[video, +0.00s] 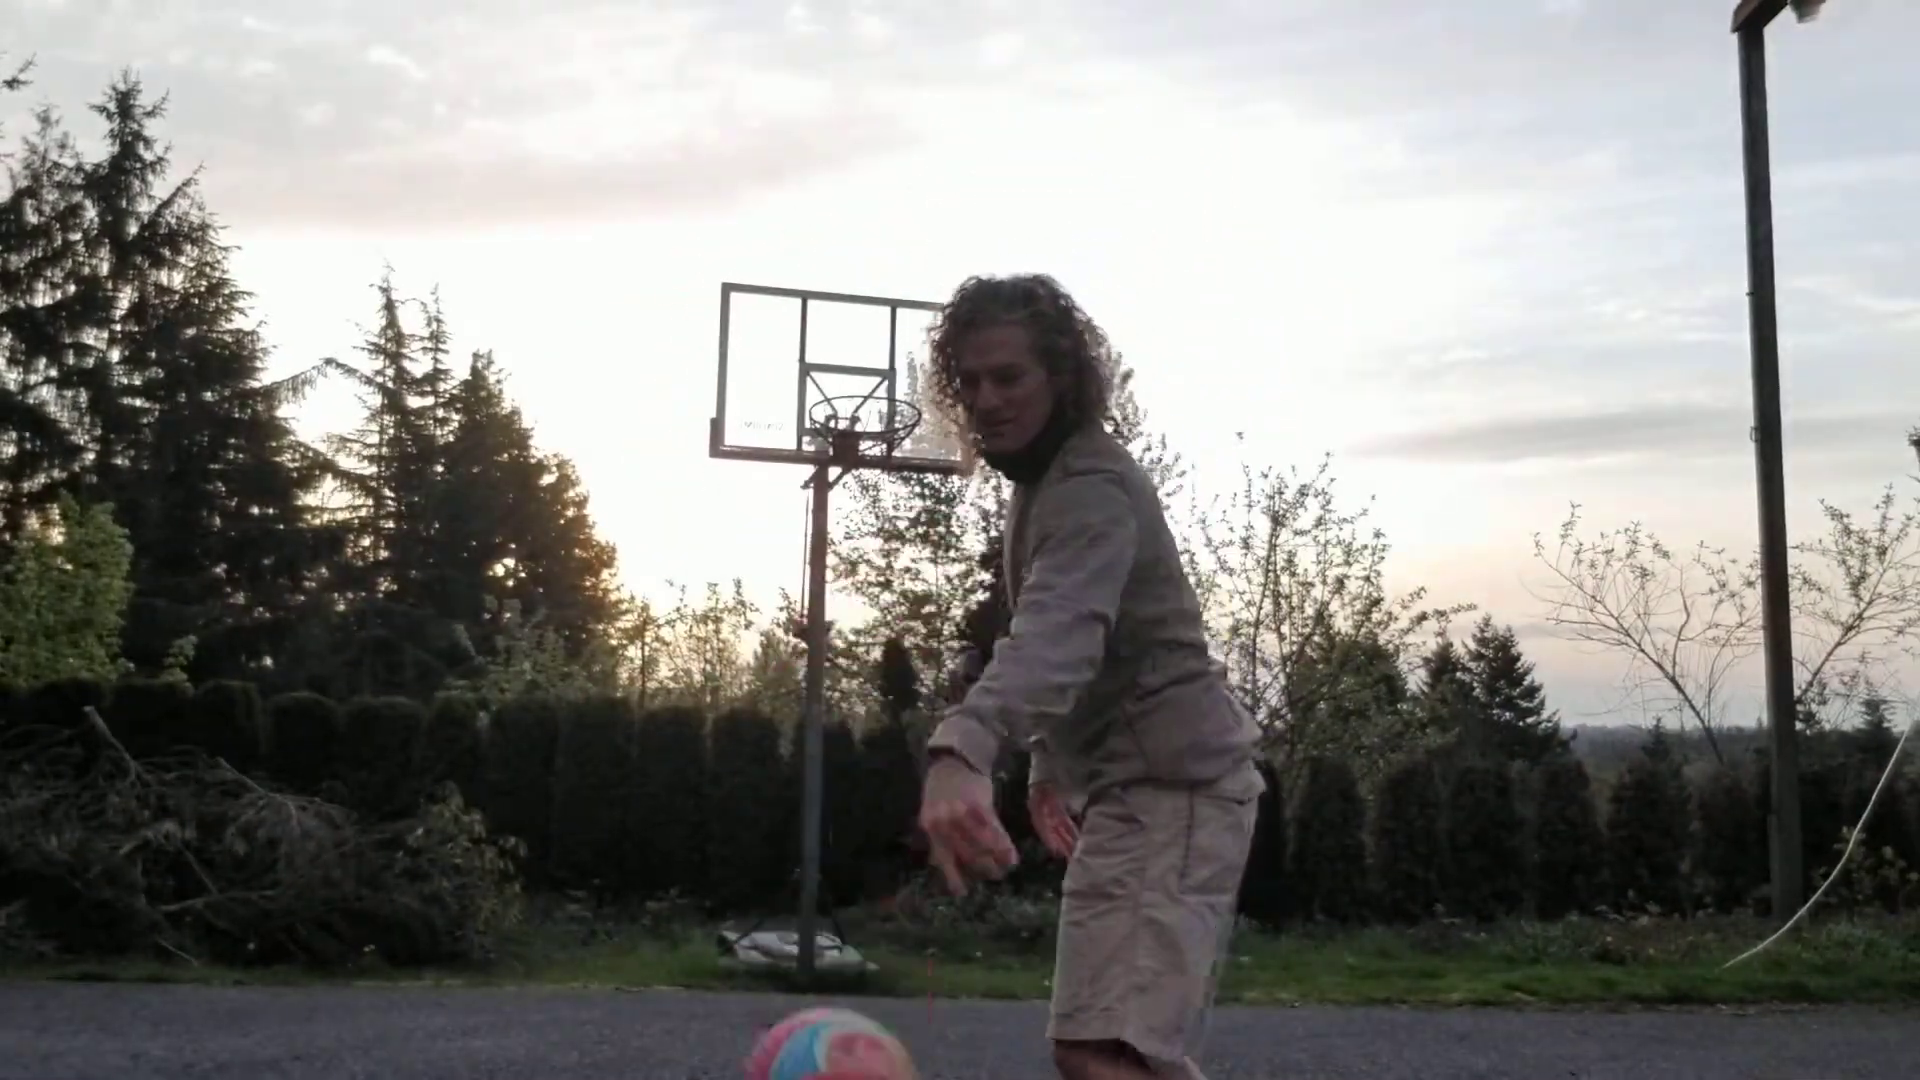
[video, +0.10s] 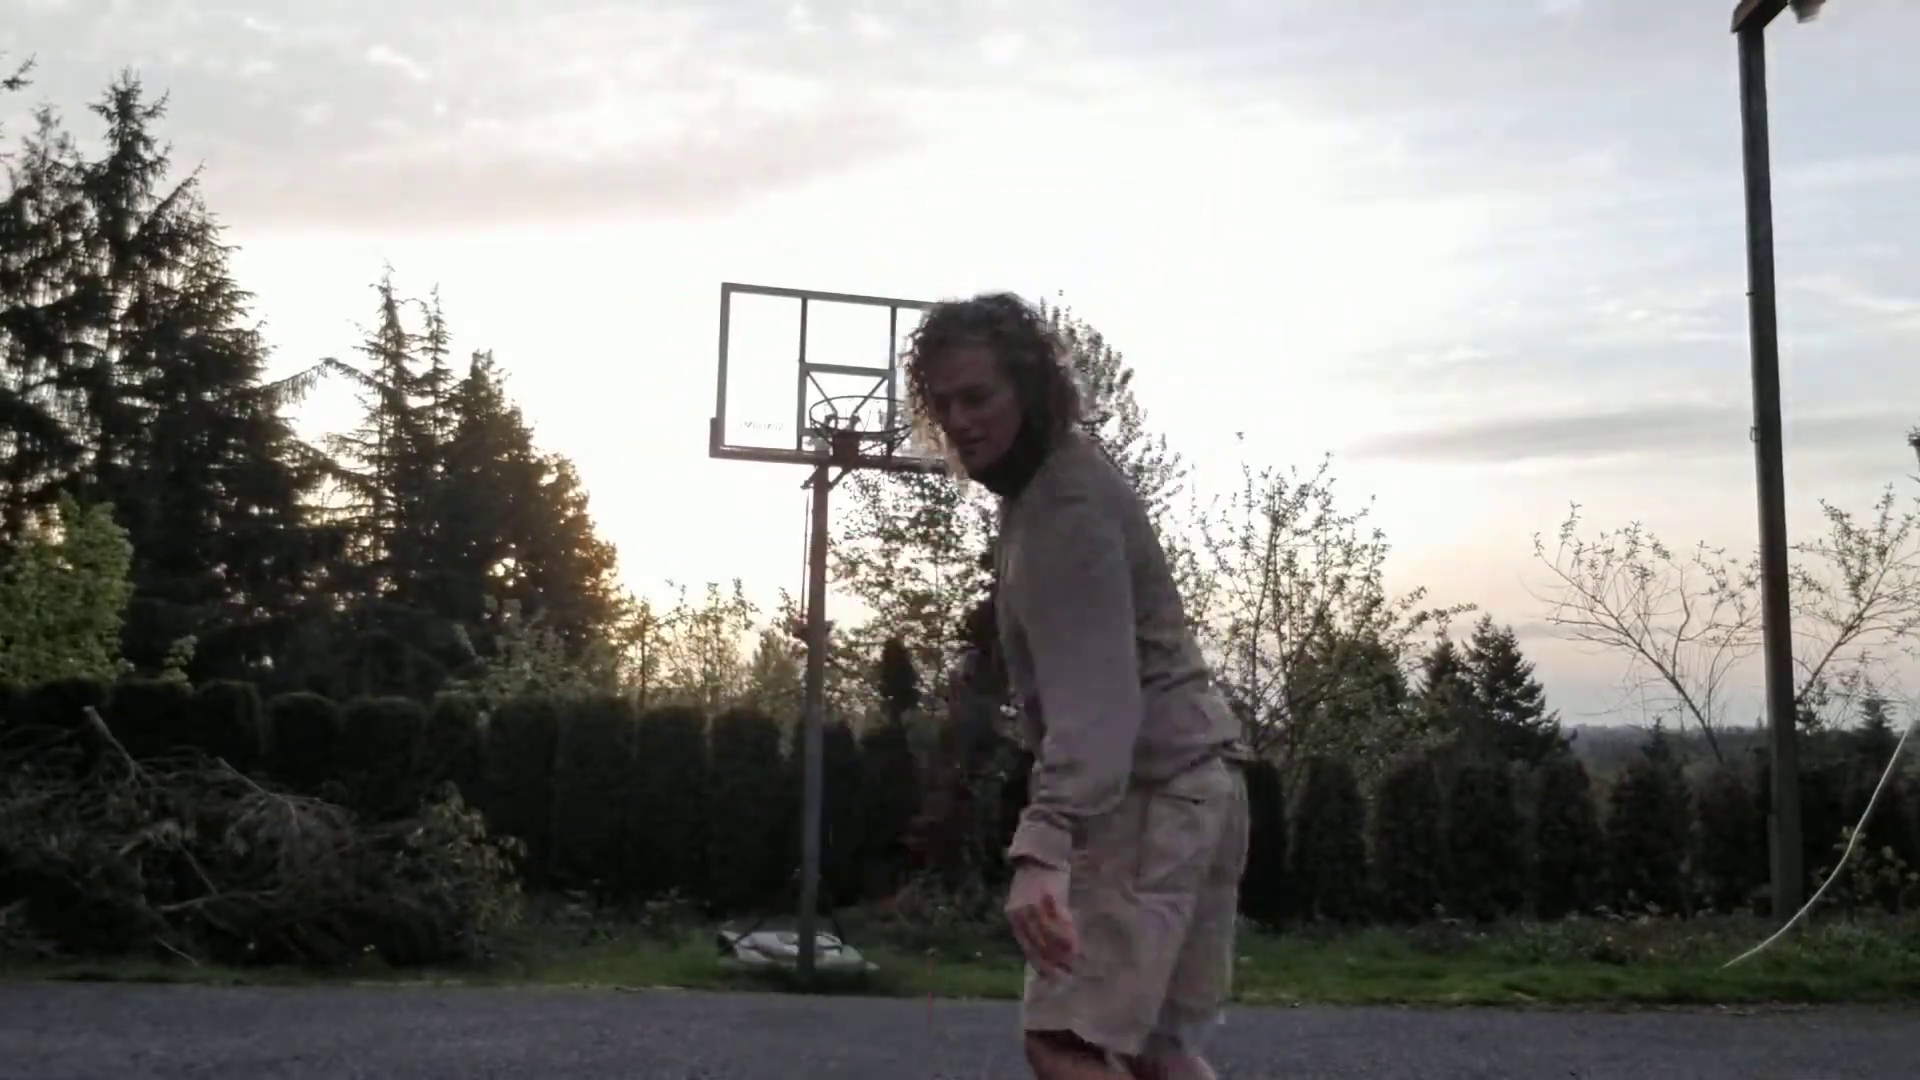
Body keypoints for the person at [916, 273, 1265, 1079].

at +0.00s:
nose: (985, 400)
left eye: (1008, 376)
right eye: (969, 382)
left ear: (1062, 378)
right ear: (955, 390)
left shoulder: (1088, 483)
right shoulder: (1044, 487)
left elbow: (1054, 630)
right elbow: (1066, 643)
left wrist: (963, 748)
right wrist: (1053, 764)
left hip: (1168, 782)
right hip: (1132, 783)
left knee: (1100, 1047)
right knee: (1117, 1044)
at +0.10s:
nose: (957, 423)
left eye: (975, 397)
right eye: (940, 405)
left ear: (1029, 388)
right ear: (930, 411)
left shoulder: (1065, 498)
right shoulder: (1055, 489)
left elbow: (1096, 698)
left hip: (1157, 793)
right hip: (1193, 787)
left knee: (1067, 1040)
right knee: (1161, 1045)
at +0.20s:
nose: (936, 438)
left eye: (953, 412)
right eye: (919, 420)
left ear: (1004, 397)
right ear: (907, 421)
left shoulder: (1046, 505)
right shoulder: (1039, 490)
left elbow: (1121, 686)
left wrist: (1123, 859)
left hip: (1083, 786)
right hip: (1162, 774)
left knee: (1028, 1031)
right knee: (1143, 1033)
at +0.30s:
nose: (919, 437)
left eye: (935, 413)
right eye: (902, 422)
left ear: (985, 401)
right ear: (890, 426)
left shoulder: (1044, 507)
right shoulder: (986, 500)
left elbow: (1128, 663)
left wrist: (1138, 796)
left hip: (1061, 788)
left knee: (985, 1017)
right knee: (1105, 1020)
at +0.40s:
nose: (917, 432)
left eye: (935, 409)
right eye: (897, 417)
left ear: (980, 400)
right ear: (881, 424)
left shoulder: (1035, 505)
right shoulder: (949, 504)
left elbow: (1112, 648)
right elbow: (970, 646)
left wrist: (1100, 728)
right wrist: (917, 727)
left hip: (1042, 777)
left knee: (939, 1001)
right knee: (1050, 1002)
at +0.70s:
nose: (897, 430)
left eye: (918, 411)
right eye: (880, 410)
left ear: (953, 420)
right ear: (858, 419)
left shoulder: (981, 518)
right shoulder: (865, 505)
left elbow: (1033, 681)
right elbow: (837, 631)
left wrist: (996, 598)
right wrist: (756, 708)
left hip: (928, 777)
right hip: (869, 768)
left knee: (799, 981)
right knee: (845, 979)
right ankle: (871, 1076)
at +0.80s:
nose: (889, 445)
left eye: (909, 427)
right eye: (872, 425)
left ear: (940, 433)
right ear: (846, 430)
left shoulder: (968, 542)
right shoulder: (833, 516)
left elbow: (1015, 687)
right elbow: (795, 631)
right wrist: (716, 700)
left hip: (908, 784)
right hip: (816, 768)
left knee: (777, 976)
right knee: (749, 960)